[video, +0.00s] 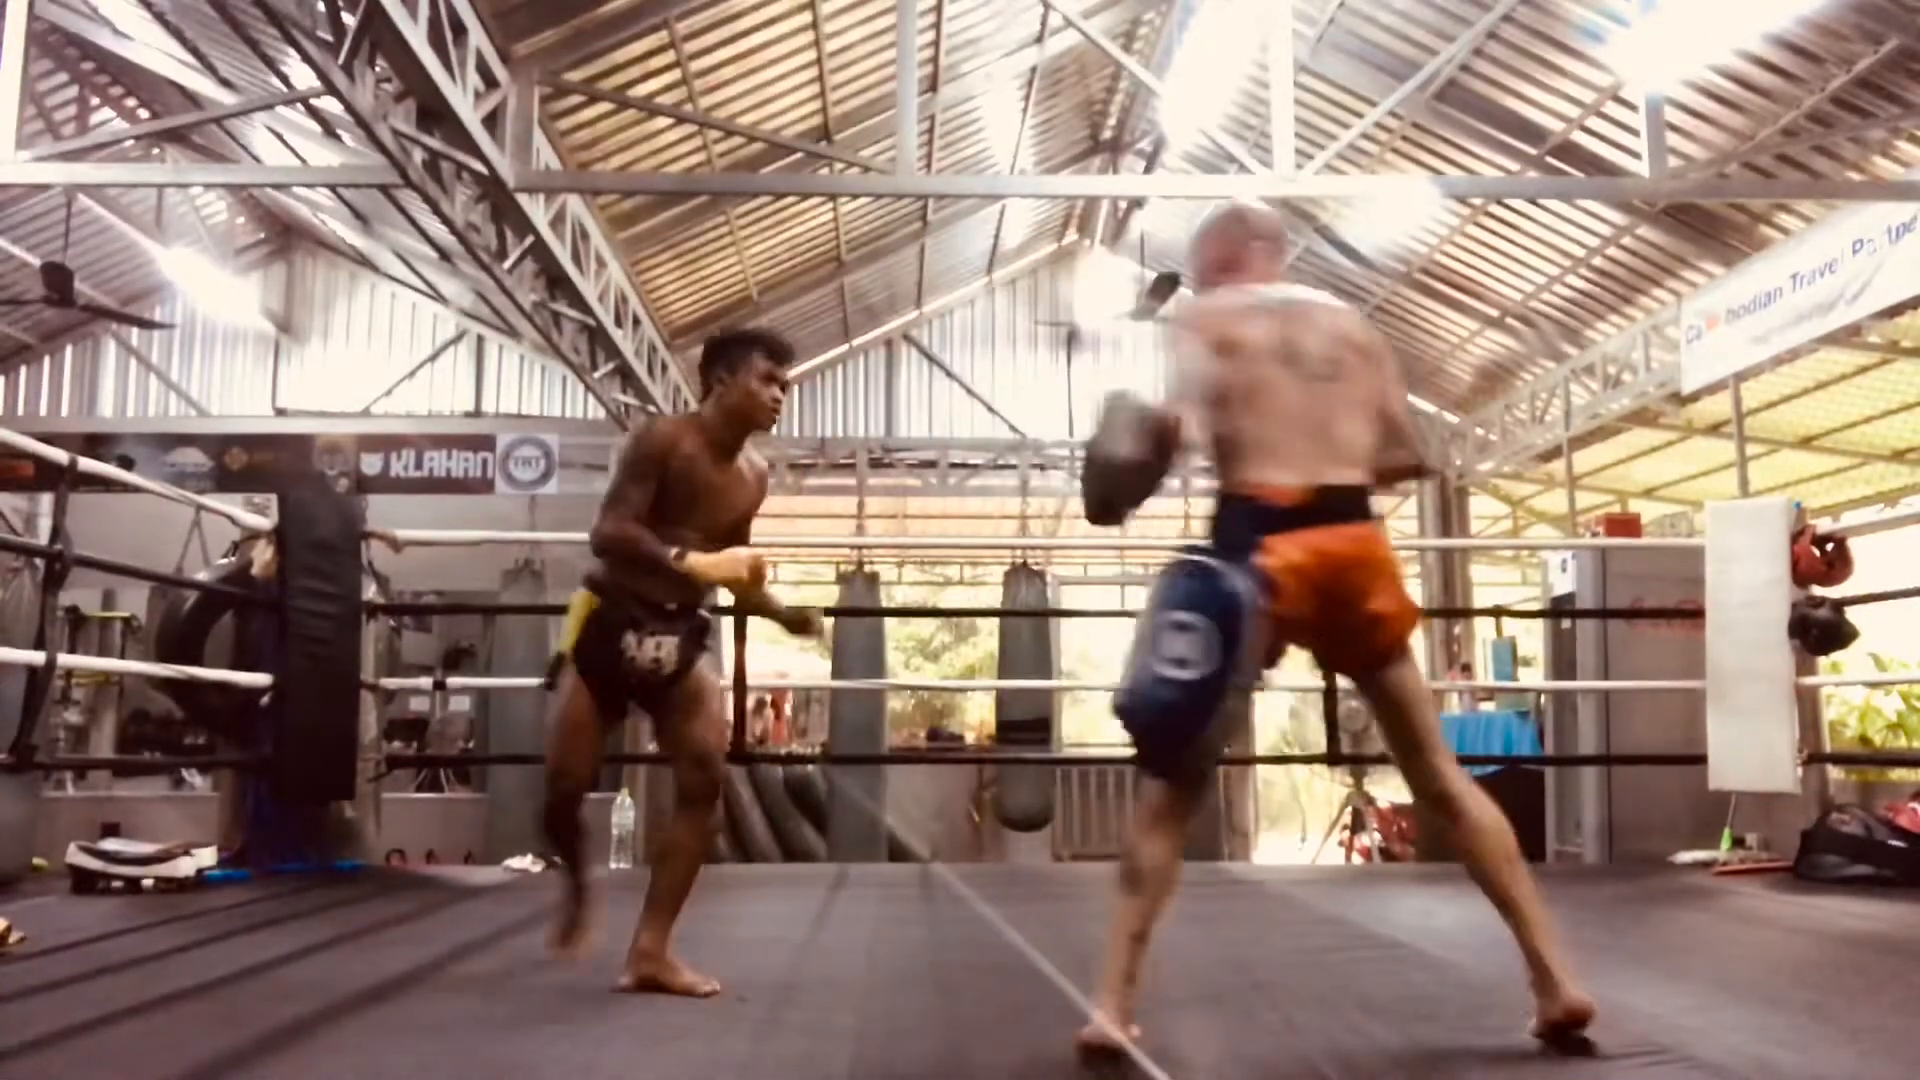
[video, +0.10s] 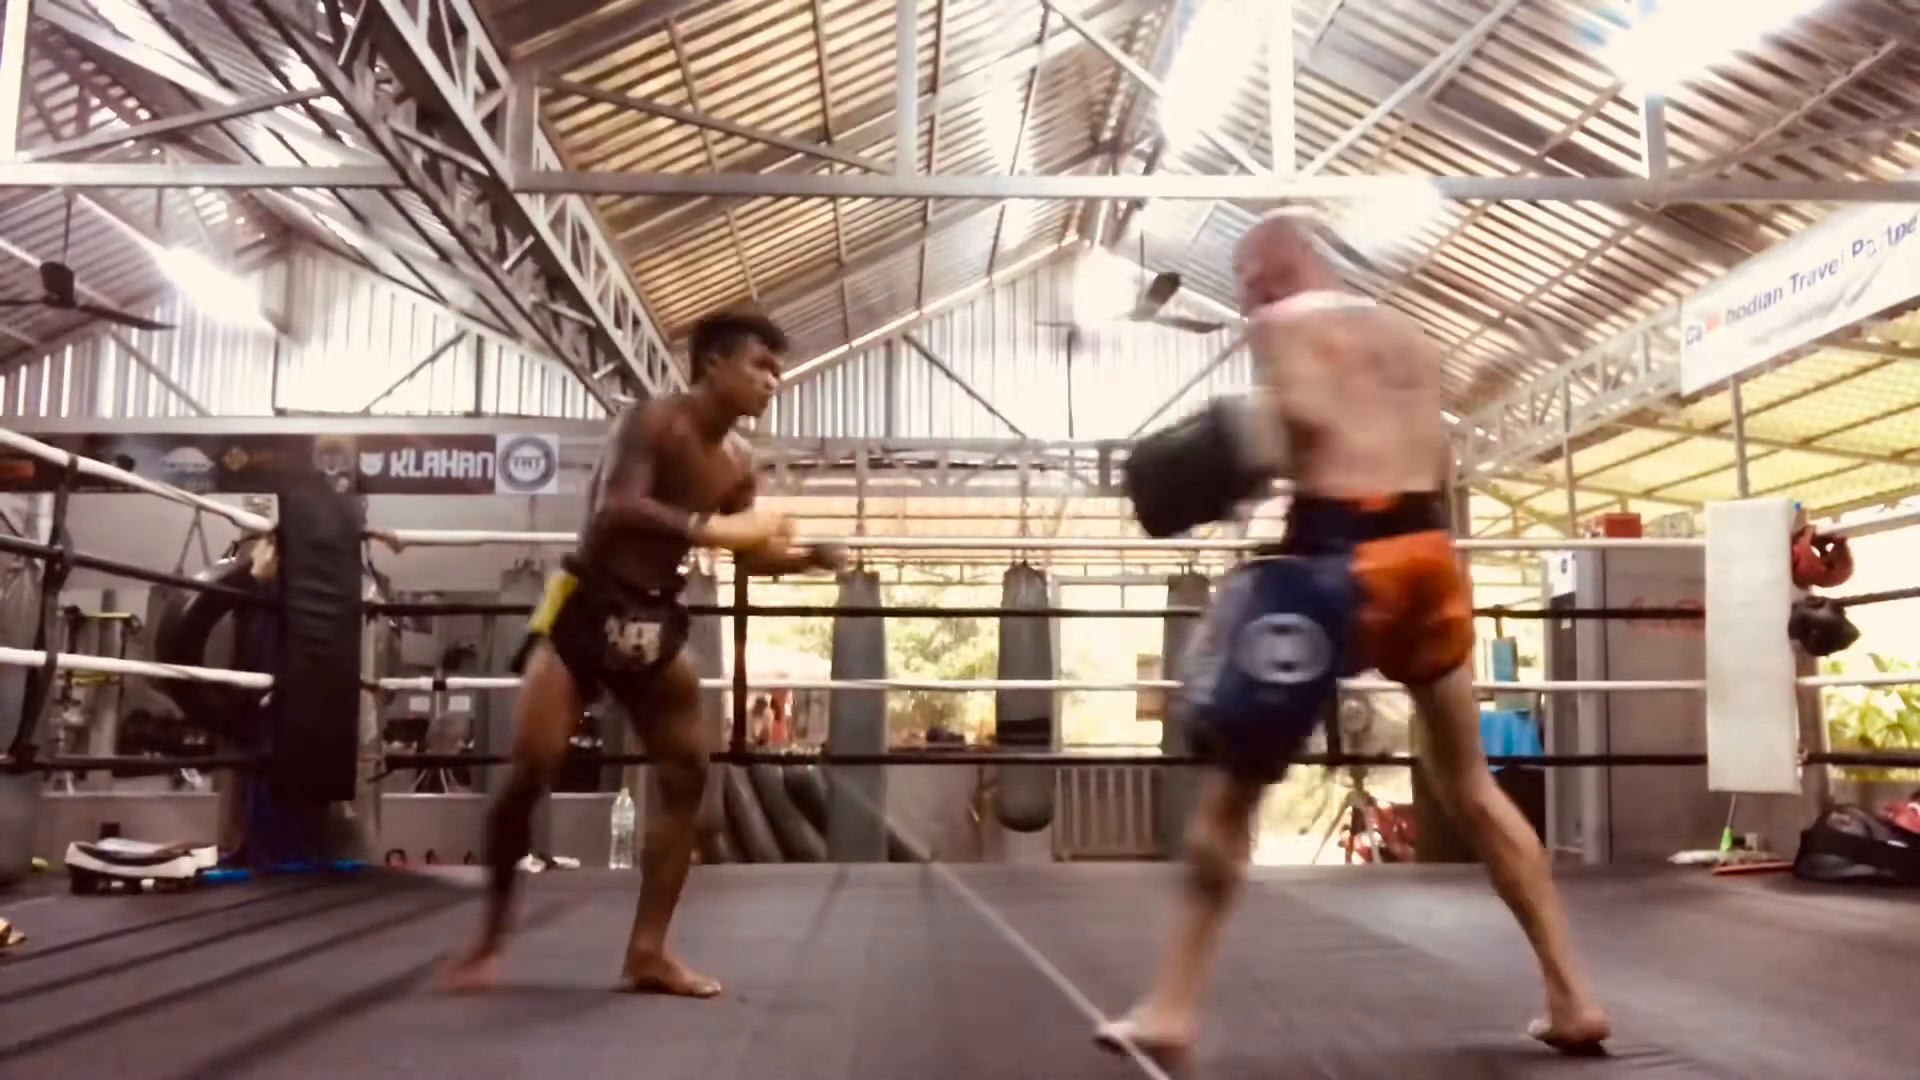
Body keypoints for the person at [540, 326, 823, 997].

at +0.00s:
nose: (781, 396)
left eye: (784, 385)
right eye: (769, 380)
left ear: (768, 393)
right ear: (722, 379)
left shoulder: (752, 478)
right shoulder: (661, 437)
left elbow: (729, 571)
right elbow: (610, 531)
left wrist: (782, 611)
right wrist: (692, 563)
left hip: (683, 632)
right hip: (611, 621)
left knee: (703, 783)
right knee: (563, 787)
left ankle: (650, 951)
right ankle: (575, 896)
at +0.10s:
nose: (772, 383)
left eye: (776, 372)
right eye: (761, 367)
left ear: (757, 381)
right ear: (712, 364)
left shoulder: (738, 471)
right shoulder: (653, 418)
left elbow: (740, 549)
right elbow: (620, 505)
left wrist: (801, 556)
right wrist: (721, 530)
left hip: (656, 622)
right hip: (585, 607)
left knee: (685, 779)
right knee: (533, 765)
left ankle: (647, 953)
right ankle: (491, 933)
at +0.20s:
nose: (754, 358)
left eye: (757, 348)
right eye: (742, 342)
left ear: (734, 357)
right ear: (694, 341)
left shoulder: (721, 439)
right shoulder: (633, 398)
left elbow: (766, 525)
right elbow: (624, 479)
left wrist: (811, 489)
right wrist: (732, 474)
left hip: (636, 613)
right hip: (562, 597)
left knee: (670, 775)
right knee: (484, 768)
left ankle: (647, 953)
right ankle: (415, 960)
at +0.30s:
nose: (728, 339)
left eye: (731, 328)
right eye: (716, 323)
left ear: (693, 334)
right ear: (667, 322)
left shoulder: (676, 420)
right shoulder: (603, 383)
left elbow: (746, 502)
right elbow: (603, 461)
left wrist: (785, 443)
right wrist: (703, 442)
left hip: (619, 604)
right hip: (544, 589)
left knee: (660, 775)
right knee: (461, 764)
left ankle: (642, 953)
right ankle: (366, 966)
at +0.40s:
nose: (691, 331)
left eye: (695, 320)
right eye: (681, 313)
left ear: (668, 329)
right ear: (630, 308)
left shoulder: (644, 412)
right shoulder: (563, 376)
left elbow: (684, 514)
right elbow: (562, 458)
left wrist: (730, 459)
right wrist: (663, 426)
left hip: (597, 601)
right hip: (521, 588)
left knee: (660, 777)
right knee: (445, 775)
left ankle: (640, 954)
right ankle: (353, 979)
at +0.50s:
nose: (660, 321)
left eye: (661, 308)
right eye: (645, 304)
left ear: (642, 326)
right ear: (590, 309)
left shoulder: (619, 416)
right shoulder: (525, 375)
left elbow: (612, 531)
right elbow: (523, 458)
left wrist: (683, 497)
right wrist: (635, 413)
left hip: (579, 609)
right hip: (496, 597)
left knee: (669, 768)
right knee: (433, 791)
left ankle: (633, 950)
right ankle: (350, 989)